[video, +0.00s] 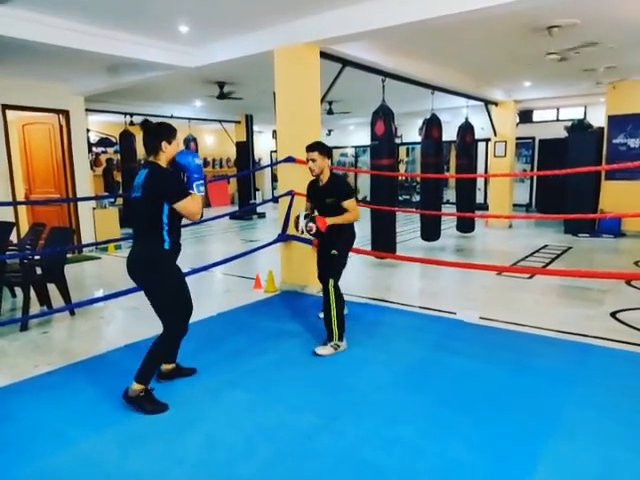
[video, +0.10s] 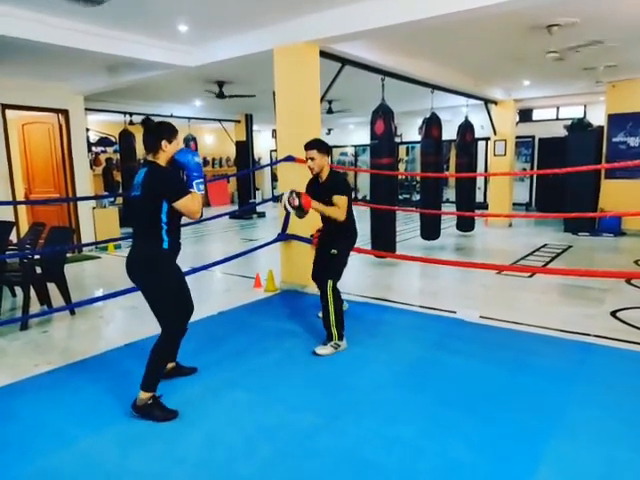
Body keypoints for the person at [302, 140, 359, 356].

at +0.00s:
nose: (310, 165)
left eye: (314, 160)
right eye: (308, 161)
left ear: (327, 160)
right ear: (308, 162)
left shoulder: (340, 183)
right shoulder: (313, 186)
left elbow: (355, 214)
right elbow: (309, 210)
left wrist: (328, 221)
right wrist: (304, 220)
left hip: (343, 232)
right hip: (324, 233)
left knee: (331, 280)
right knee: (324, 276)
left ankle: (336, 339)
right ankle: (333, 307)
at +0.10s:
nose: (309, 164)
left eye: (312, 159)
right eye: (307, 160)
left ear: (326, 157)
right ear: (309, 161)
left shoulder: (339, 180)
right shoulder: (312, 183)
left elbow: (341, 214)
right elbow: (303, 212)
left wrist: (311, 204)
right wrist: (295, 203)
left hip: (344, 233)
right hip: (326, 231)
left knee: (327, 281)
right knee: (318, 275)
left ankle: (336, 339)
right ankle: (336, 304)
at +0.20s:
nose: (309, 158)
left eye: (311, 153)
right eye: (307, 155)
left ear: (324, 152)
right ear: (309, 155)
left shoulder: (337, 174)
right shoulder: (316, 175)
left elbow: (324, 198)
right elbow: (291, 197)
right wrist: (287, 175)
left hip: (343, 231)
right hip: (327, 229)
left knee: (328, 281)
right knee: (315, 274)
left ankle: (337, 338)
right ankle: (338, 307)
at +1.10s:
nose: (294, 147)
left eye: (297, 142)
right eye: (293, 143)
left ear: (311, 141)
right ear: (304, 143)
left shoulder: (321, 163)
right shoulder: (305, 164)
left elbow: (304, 186)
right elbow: (283, 186)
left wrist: (280, 167)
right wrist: (278, 169)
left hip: (328, 227)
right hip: (316, 226)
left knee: (327, 278)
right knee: (325, 275)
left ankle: (339, 332)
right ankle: (339, 313)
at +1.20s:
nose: (292, 147)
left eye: (295, 142)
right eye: (291, 143)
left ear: (308, 141)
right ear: (301, 143)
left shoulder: (314, 162)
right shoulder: (307, 164)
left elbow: (281, 165)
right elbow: (288, 192)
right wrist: (282, 170)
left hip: (323, 225)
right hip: (318, 224)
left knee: (317, 277)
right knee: (326, 271)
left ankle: (337, 331)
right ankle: (343, 313)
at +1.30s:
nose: (287, 147)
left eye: (290, 142)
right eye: (286, 143)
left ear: (303, 141)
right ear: (300, 143)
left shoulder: (305, 161)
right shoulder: (305, 164)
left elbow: (269, 159)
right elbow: (288, 195)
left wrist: (236, 157)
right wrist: (281, 175)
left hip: (317, 223)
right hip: (318, 221)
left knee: (301, 273)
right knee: (325, 269)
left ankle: (325, 324)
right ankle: (342, 312)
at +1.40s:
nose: (278, 148)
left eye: (281, 143)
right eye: (278, 144)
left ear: (294, 143)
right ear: (290, 144)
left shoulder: (298, 163)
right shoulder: (295, 166)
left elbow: (263, 159)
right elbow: (280, 198)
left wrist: (231, 158)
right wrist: (274, 179)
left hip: (309, 227)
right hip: (314, 225)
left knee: (287, 272)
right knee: (323, 270)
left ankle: (296, 325)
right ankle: (342, 313)